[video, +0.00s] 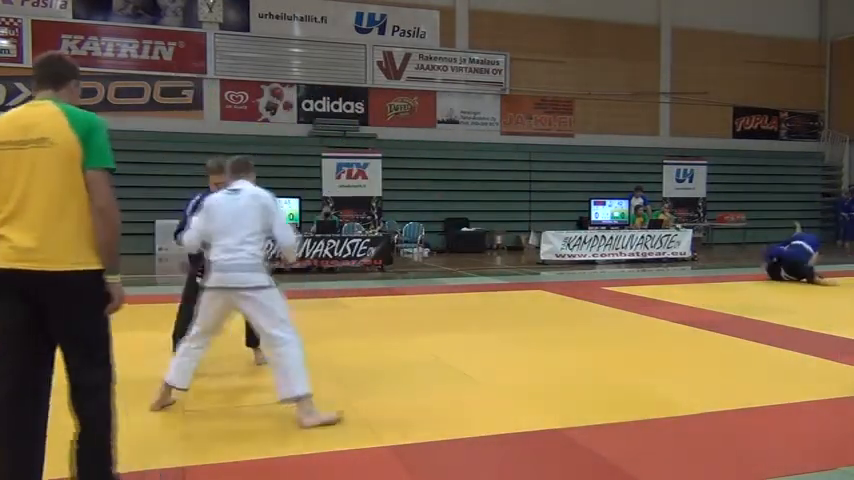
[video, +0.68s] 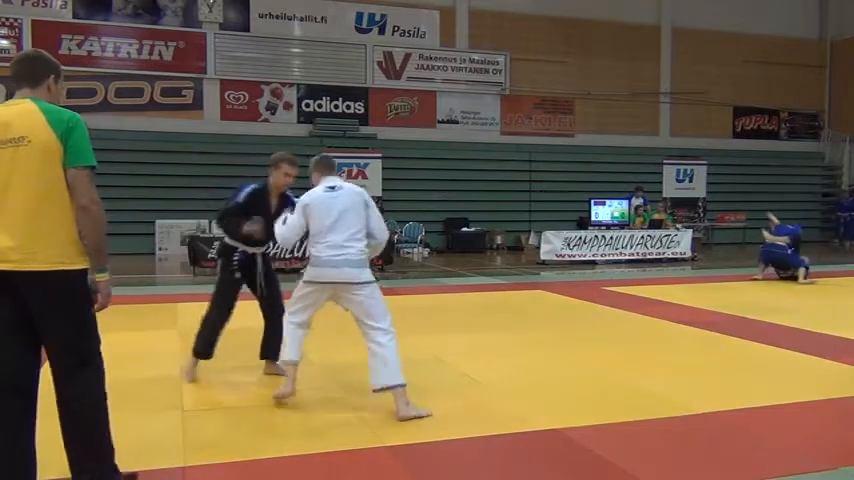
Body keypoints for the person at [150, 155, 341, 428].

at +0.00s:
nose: (256, 181)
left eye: (227, 176)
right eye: (255, 177)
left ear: (228, 176)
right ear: (253, 176)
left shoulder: (213, 201)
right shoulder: (264, 198)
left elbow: (190, 241)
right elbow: (287, 240)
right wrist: (289, 256)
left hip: (217, 279)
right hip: (254, 279)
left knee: (197, 336)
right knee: (283, 337)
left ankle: (166, 390)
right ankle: (305, 408)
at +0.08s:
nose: (236, 180)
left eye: (236, 177)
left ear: (240, 176)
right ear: (264, 173)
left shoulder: (229, 200)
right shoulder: (282, 195)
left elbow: (208, 241)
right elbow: (308, 237)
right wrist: (298, 253)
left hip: (239, 279)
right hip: (276, 278)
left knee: (218, 335)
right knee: (304, 336)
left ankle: (187, 391)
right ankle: (311, 409)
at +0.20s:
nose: (249, 177)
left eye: (248, 174)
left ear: (251, 171)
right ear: (274, 166)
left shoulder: (245, 194)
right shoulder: (298, 185)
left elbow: (222, 234)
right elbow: (326, 226)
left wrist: (216, 222)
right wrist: (304, 242)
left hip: (262, 268)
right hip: (301, 266)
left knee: (250, 323)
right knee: (322, 326)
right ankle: (320, 398)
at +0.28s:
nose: (256, 178)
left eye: (256, 175)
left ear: (259, 173)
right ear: (282, 168)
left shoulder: (255, 195)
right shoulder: (306, 186)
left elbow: (226, 234)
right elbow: (336, 227)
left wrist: (223, 219)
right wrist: (315, 245)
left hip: (277, 268)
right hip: (315, 264)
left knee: (273, 327)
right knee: (343, 322)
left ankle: (272, 399)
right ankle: (344, 393)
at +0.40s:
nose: (275, 187)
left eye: (274, 184)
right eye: (279, 184)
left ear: (276, 182)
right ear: (298, 177)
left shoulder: (276, 204)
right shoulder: (324, 194)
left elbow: (241, 240)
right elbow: (353, 235)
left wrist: (235, 223)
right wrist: (338, 259)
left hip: (298, 274)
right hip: (337, 271)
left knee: (282, 332)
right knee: (368, 327)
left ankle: (274, 401)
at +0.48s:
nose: (287, 187)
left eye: (287, 184)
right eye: (288, 184)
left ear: (292, 182)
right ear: (313, 178)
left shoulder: (292, 206)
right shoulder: (340, 198)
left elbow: (263, 248)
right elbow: (368, 240)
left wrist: (249, 230)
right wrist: (352, 263)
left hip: (312, 279)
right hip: (351, 277)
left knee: (288, 334)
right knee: (381, 333)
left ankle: (275, 401)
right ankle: (404, 404)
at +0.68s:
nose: (310, 181)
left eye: (310, 178)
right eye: (311, 178)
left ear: (315, 176)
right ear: (337, 173)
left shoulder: (309, 199)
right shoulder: (360, 193)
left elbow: (286, 238)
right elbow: (381, 235)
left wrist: (281, 220)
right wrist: (362, 256)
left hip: (319, 272)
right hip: (357, 272)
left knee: (295, 319)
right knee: (381, 331)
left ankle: (289, 382)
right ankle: (402, 403)